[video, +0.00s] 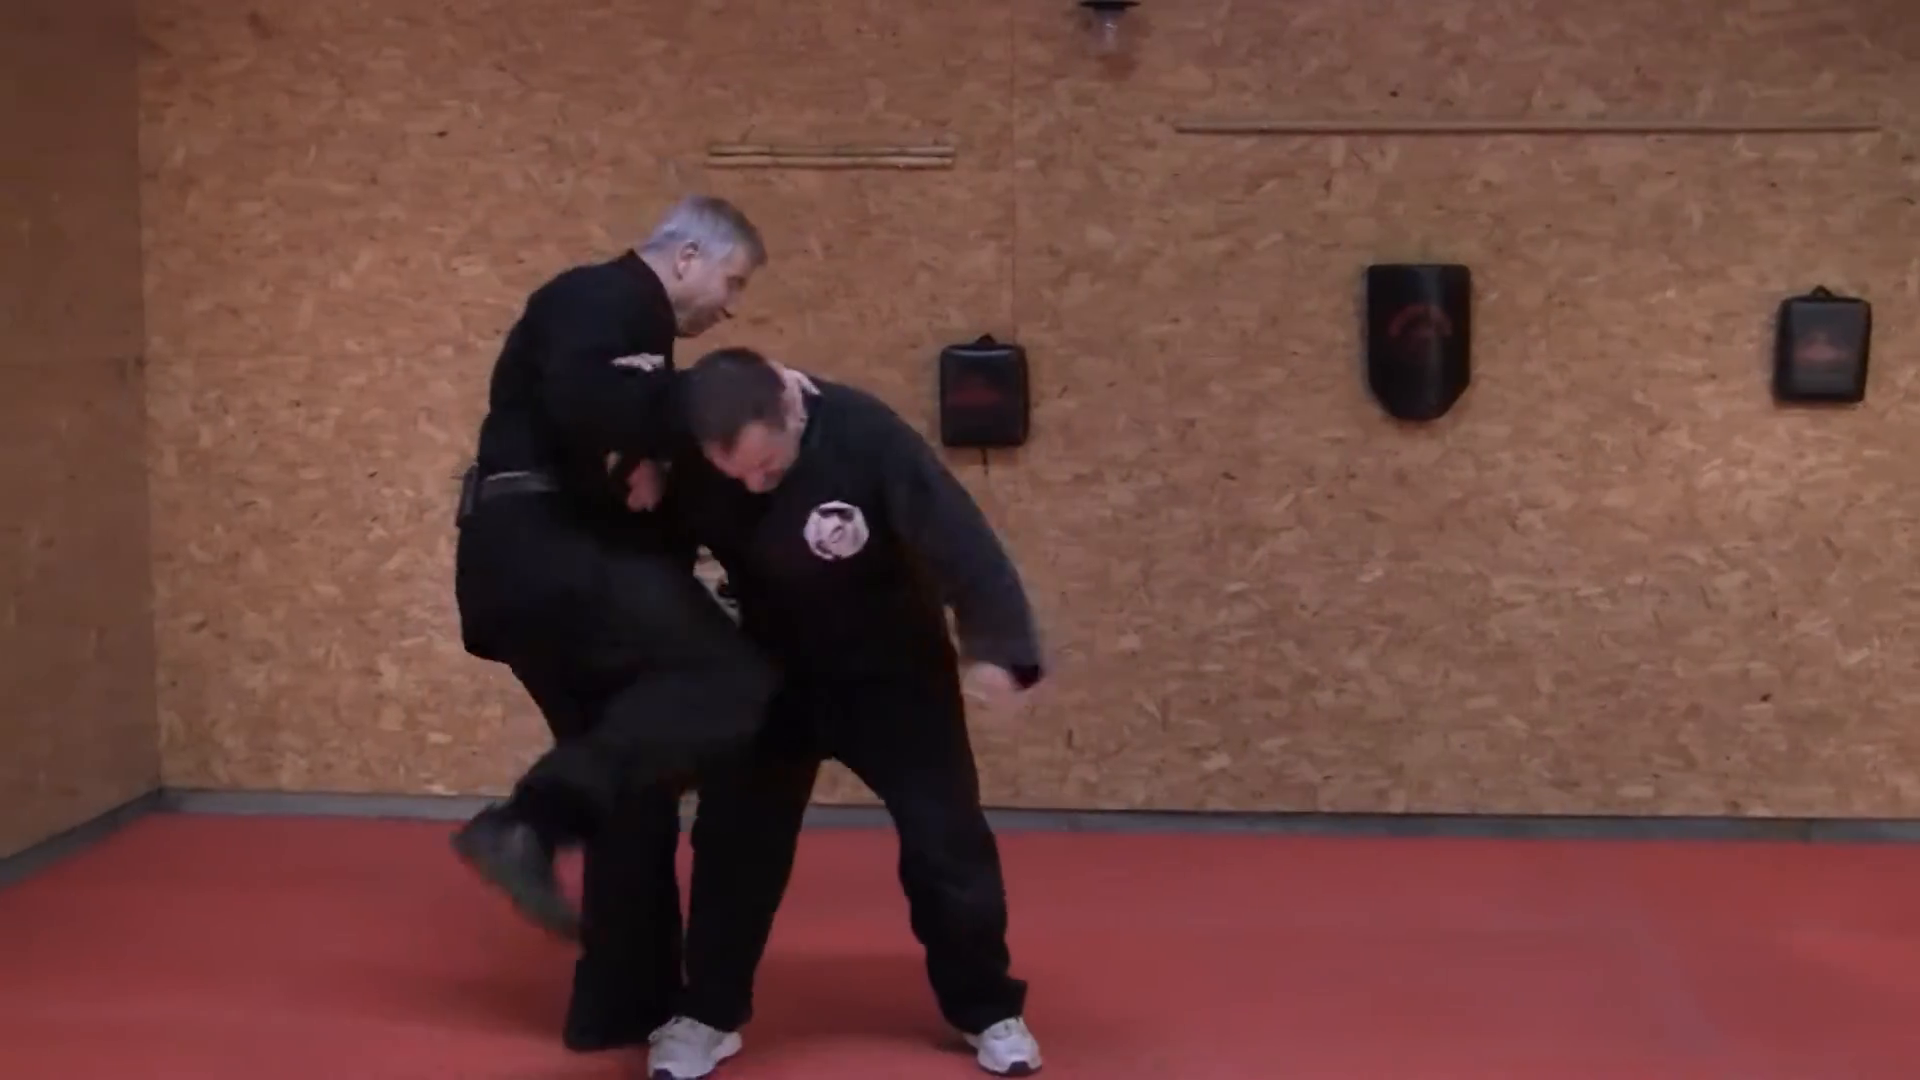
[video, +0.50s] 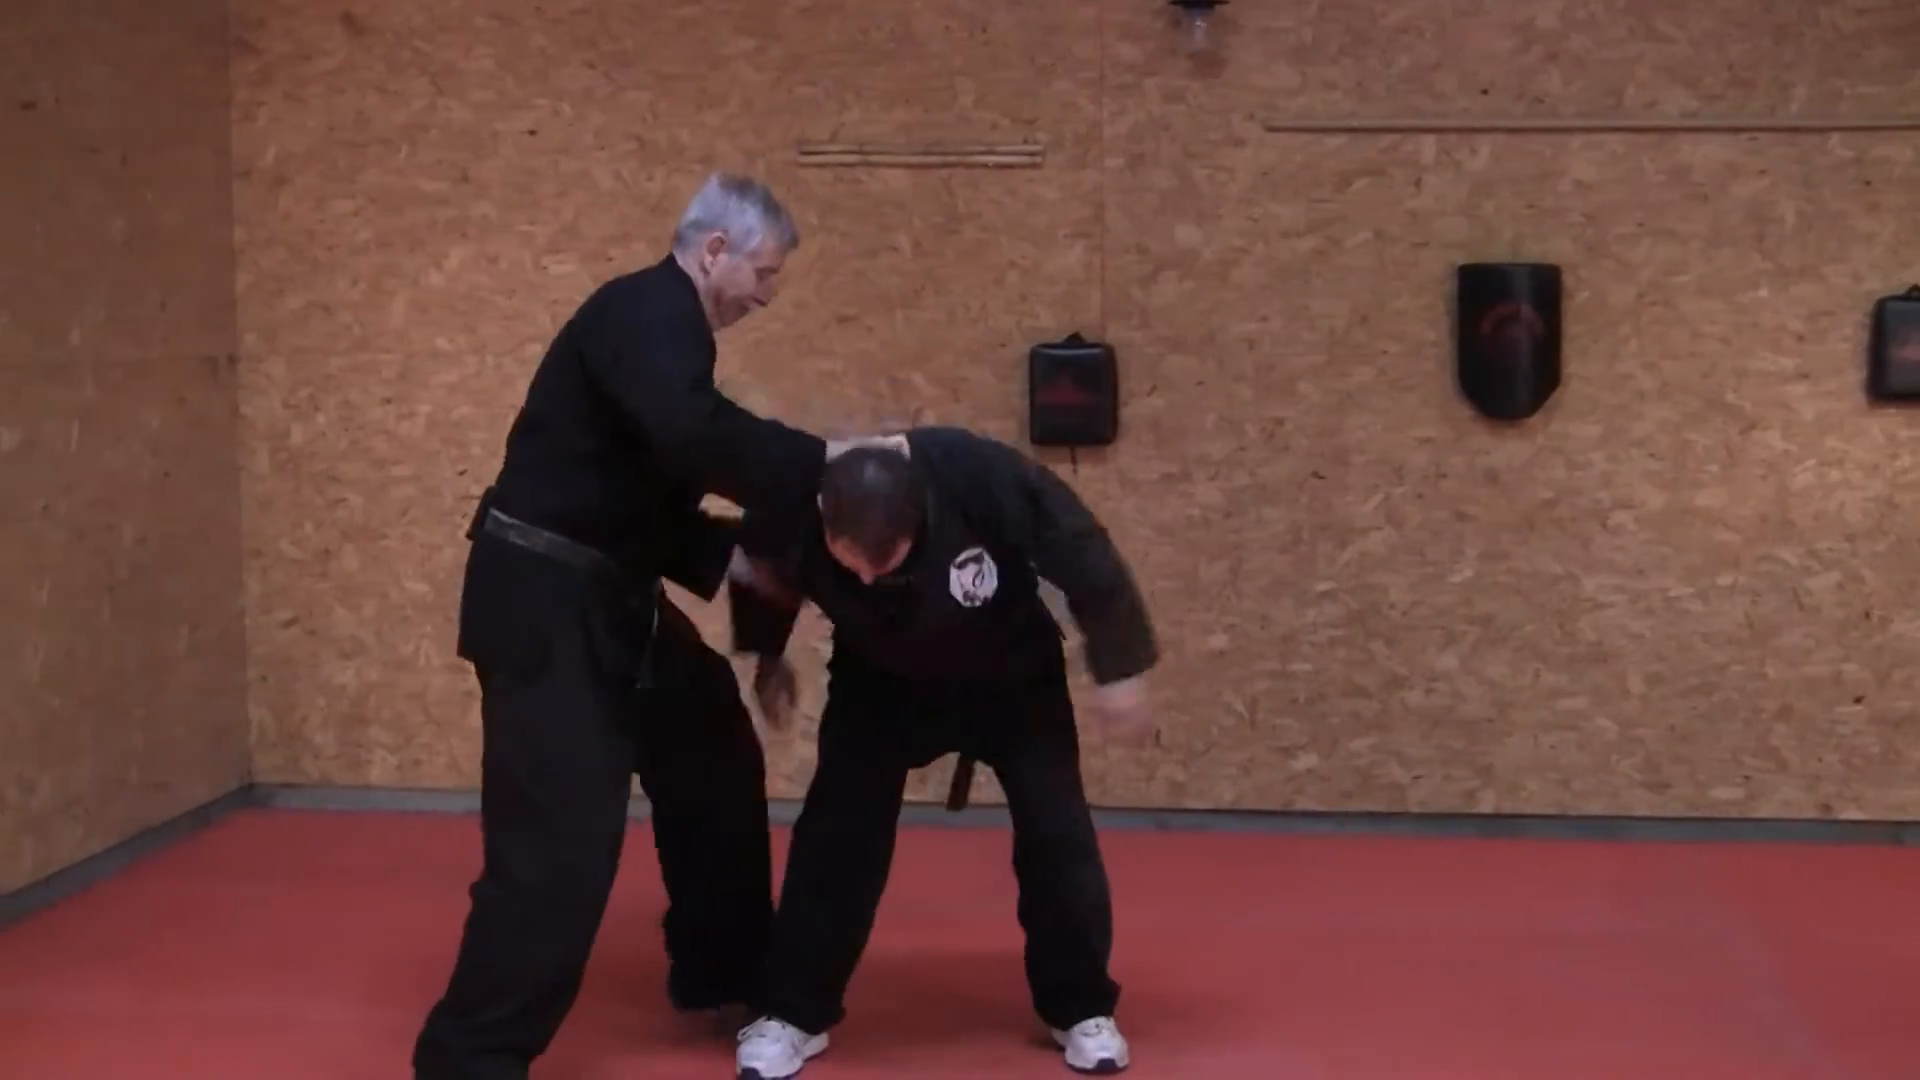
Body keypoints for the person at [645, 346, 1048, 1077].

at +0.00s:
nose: (757, 483)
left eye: (767, 464)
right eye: (737, 475)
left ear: (790, 408)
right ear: (706, 450)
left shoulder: (865, 439)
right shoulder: (694, 473)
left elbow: (956, 534)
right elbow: (656, 567)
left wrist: (1001, 644)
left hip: (897, 676)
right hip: (774, 679)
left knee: (947, 840)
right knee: (734, 842)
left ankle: (988, 1011)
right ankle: (709, 1012)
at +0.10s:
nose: (801, 489)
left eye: (815, 471)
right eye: (783, 474)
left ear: (841, 432)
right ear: (754, 439)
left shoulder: (898, 446)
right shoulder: (721, 471)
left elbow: (968, 549)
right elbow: (671, 586)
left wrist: (915, 610)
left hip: (927, 663)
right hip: (800, 664)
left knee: (980, 831)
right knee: (752, 835)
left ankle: (1006, 1009)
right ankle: (728, 1010)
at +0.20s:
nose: (838, 512)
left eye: (853, 498)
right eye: (822, 499)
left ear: (879, 458)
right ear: (795, 458)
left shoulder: (930, 451)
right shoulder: (758, 465)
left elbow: (990, 562)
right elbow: (721, 574)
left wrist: (903, 581)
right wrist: (693, 536)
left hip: (947, 667)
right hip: (821, 665)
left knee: (994, 833)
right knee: (771, 833)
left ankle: (1024, 1009)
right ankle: (743, 1011)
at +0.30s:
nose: (861, 521)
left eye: (875, 506)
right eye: (845, 507)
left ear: (902, 469)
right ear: (820, 468)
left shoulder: (951, 457)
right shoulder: (786, 484)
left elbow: (1024, 561)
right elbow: (742, 586)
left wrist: (934, 602)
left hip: (969, 672)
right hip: (843, 673)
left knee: (1016, 836)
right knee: (794, 834)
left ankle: (1041, 1009)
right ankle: (761, 1012)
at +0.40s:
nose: (873, 544)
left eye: (887, 531)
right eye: (857, 532)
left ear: (913, 488)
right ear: (829, 488)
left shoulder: (964, 461)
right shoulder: (792, 501)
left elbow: (1053, 546)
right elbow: (750, 595)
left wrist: (1015, 652)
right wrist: (747, 705)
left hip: (989, 673)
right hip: (867, 681)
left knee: (1043, 842)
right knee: (818, 840)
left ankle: (1061, 1008)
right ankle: (779, 1012)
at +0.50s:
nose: (867, 576)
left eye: (883, 564)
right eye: (851, 564)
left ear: (911, 526)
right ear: (824, 520)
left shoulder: (971, 474)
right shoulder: (796, 503)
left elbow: (1076, 545)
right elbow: (765, 568)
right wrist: (765, 650)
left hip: (1006, 666)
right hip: (880, 676)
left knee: (1057, 830)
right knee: (836, 830)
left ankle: (1082, 1010)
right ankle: (794, 1013)